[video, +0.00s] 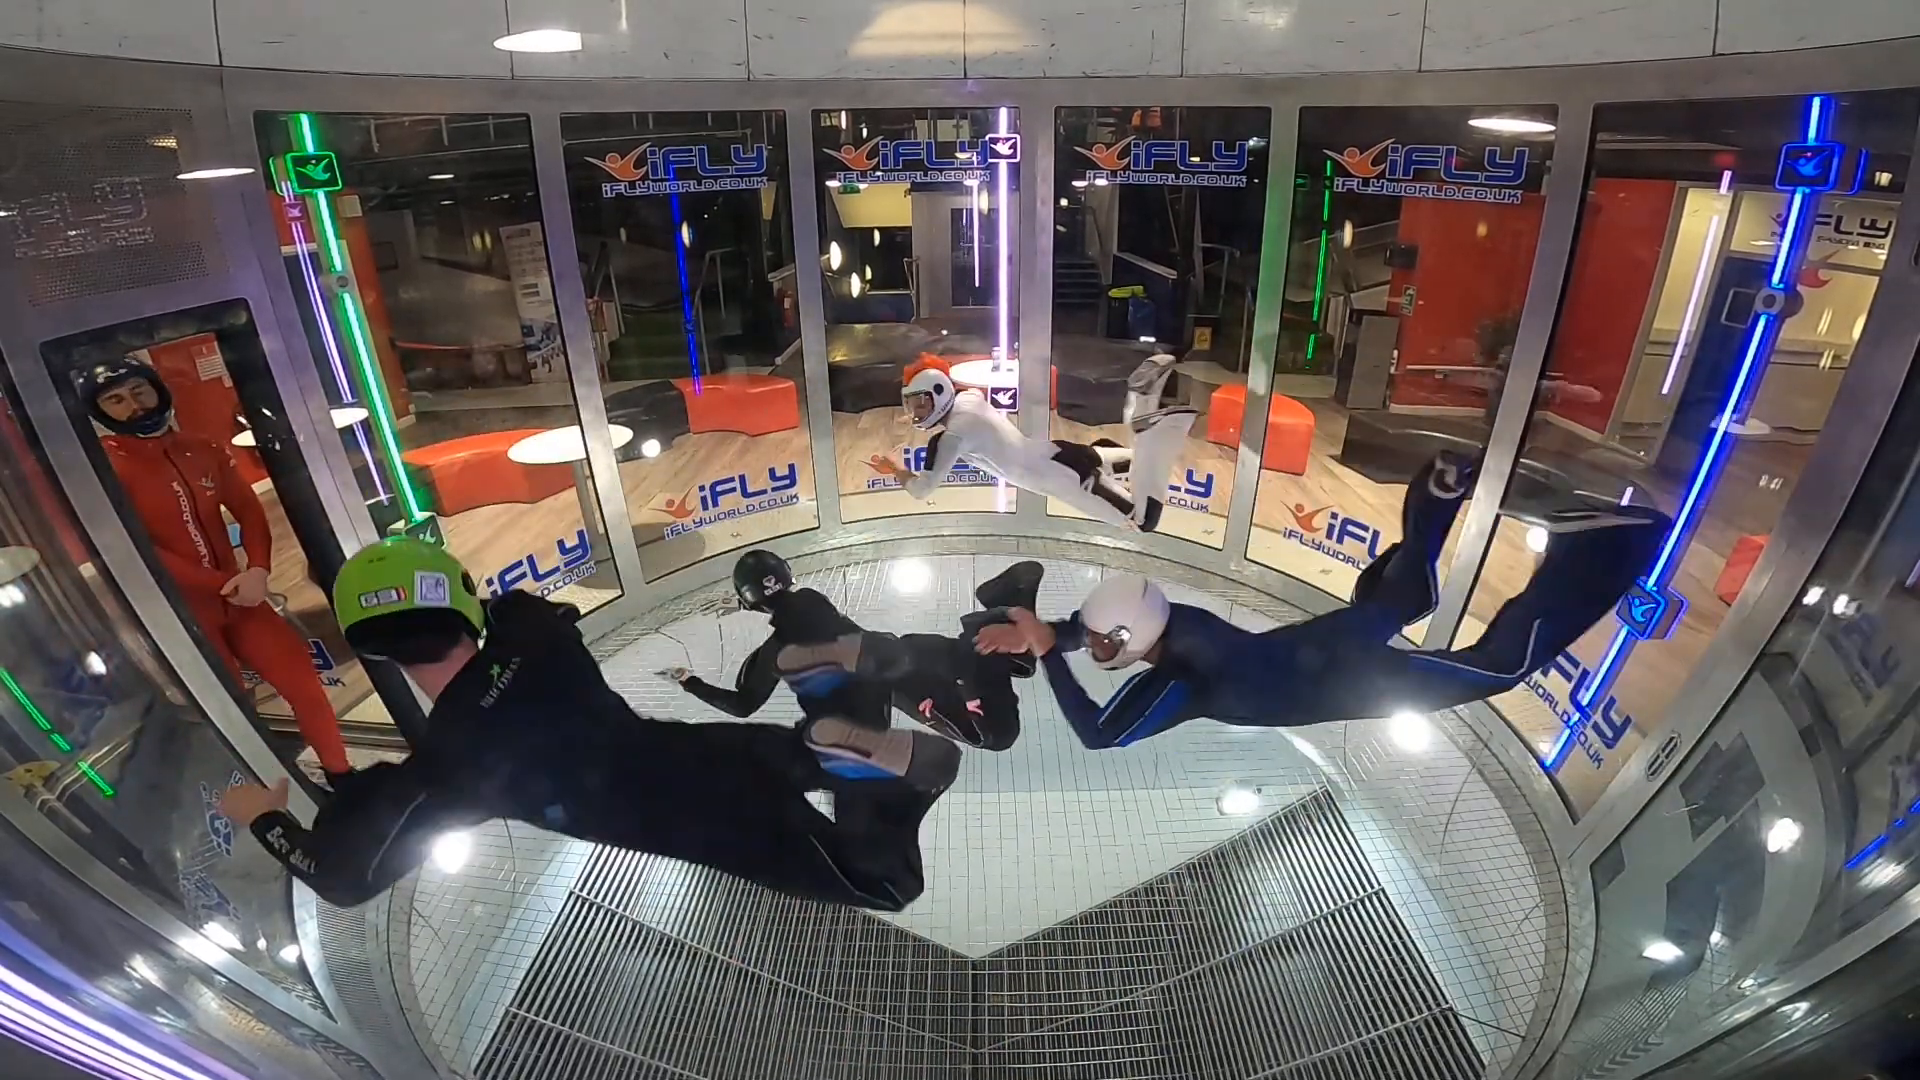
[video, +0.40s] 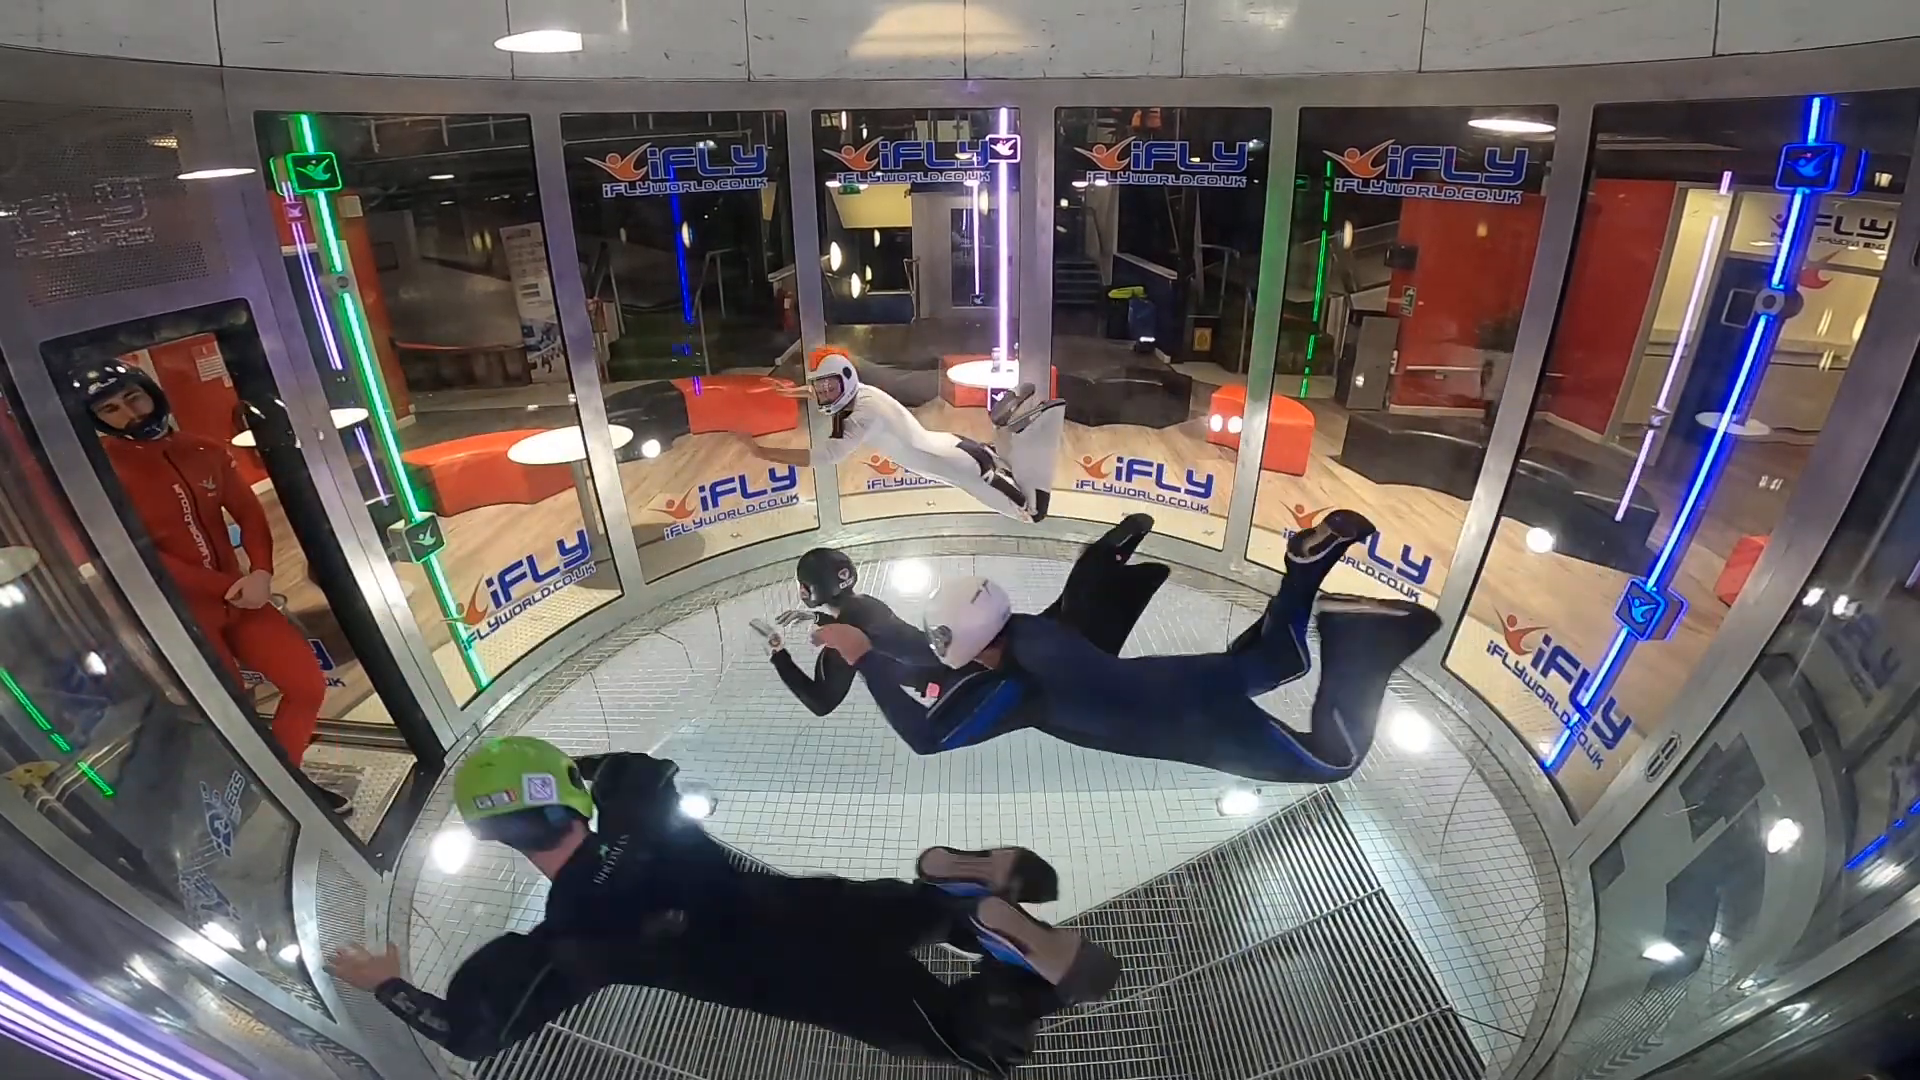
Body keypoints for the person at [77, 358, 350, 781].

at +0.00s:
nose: (135, 406)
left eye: (139, 391)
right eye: (117, 401)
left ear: (157, 390)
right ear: (100, 415)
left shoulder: (200, 450)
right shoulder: (105, 469)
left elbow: (248, 509)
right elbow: (136, 553)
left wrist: (258, 568)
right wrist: (224, 583)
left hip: (238, 599)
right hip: (186, 618)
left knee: (302, 680)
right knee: (233, 718)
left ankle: (342, 778)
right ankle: (267, 818)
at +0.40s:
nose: (130, 412)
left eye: (132, 396)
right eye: (112, 409)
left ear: (149, 393)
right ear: (96, 423)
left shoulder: (200, 451)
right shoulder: (102, 475)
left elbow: (249, 511)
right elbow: (136, 560)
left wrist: (260, 572)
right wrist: (226, 587)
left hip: (240, 601)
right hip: (185, 618)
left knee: (308, 683)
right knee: (236, 711)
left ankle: (281, 777)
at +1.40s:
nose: (117, 414)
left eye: (121, 398)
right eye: (100, 410)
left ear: (143, 397)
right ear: (87, 423)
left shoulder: (198, 454)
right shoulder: (97, 477)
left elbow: (250, 515)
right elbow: (135, 567)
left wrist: (256, 576)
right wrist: (224, 589)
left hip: (237, 604)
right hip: (184, 621)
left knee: (306, 690)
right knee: (238, 715)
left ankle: (240, 786)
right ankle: (293, 793)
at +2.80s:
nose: (121, 425)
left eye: (132, 411)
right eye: (107, 414)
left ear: (155, 409)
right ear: (91, 417)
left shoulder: (194, 456)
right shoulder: (84, 475)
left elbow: (245, 507)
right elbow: (76, 554)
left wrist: (238, 546)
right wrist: (154, 544)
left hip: (224, 604)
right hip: (169, 626)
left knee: (302, 688)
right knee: (233, 716)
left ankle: (245, 778)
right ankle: (294, 791)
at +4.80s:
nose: (127, 418)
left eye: (131, 403)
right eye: (110, 413)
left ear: (146, 398)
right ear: (91, 424)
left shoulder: (196, 454)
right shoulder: (96, 481)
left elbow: (247, 520)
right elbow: (107, 568)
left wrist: (242, 577)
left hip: (234, 603)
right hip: (181, 623)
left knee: (305, 688)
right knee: (237, 717)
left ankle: (243, 784)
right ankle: (292, 794)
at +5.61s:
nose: (122, 416)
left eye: (127, 401)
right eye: (105, 410)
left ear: (142, 398)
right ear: (87, 419)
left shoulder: (195, 454)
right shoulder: (93, 477)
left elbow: (246, 520)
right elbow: (110, 562)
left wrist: (239, 577)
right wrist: (206, 592)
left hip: (232, 602)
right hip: (181, 621)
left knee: (305, 688)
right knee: (237, 714)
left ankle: (244, 783)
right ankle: (293, 793)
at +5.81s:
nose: (121, 416)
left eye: (124, 401)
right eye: (104, 411)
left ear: (140, 397)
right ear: (88, 422)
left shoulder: (194, 454)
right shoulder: (92, 477)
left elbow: (245, 518)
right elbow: (109, 562)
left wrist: (239, 576)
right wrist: (203, 592)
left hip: (232, 601)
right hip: (180, 621)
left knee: (305, 689)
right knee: (237, 713)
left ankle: (249, 781)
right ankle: (292, 791)